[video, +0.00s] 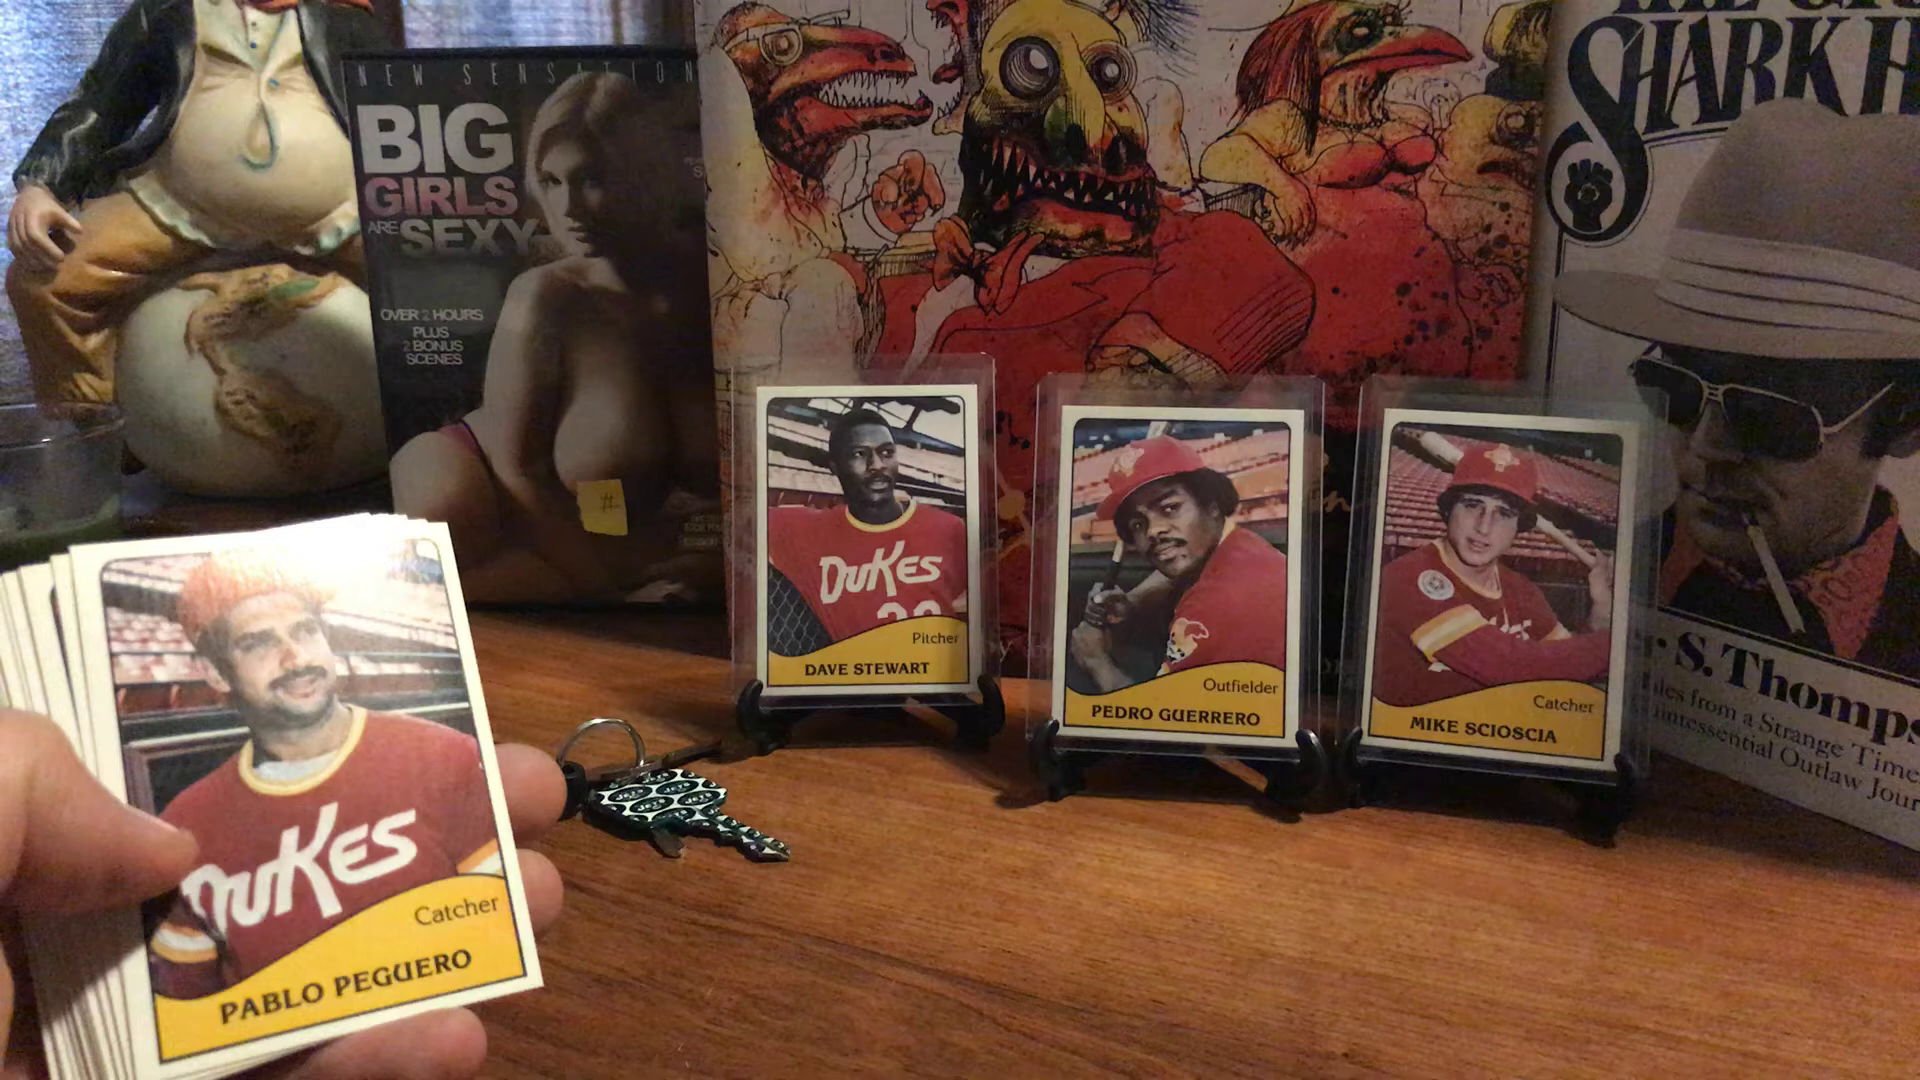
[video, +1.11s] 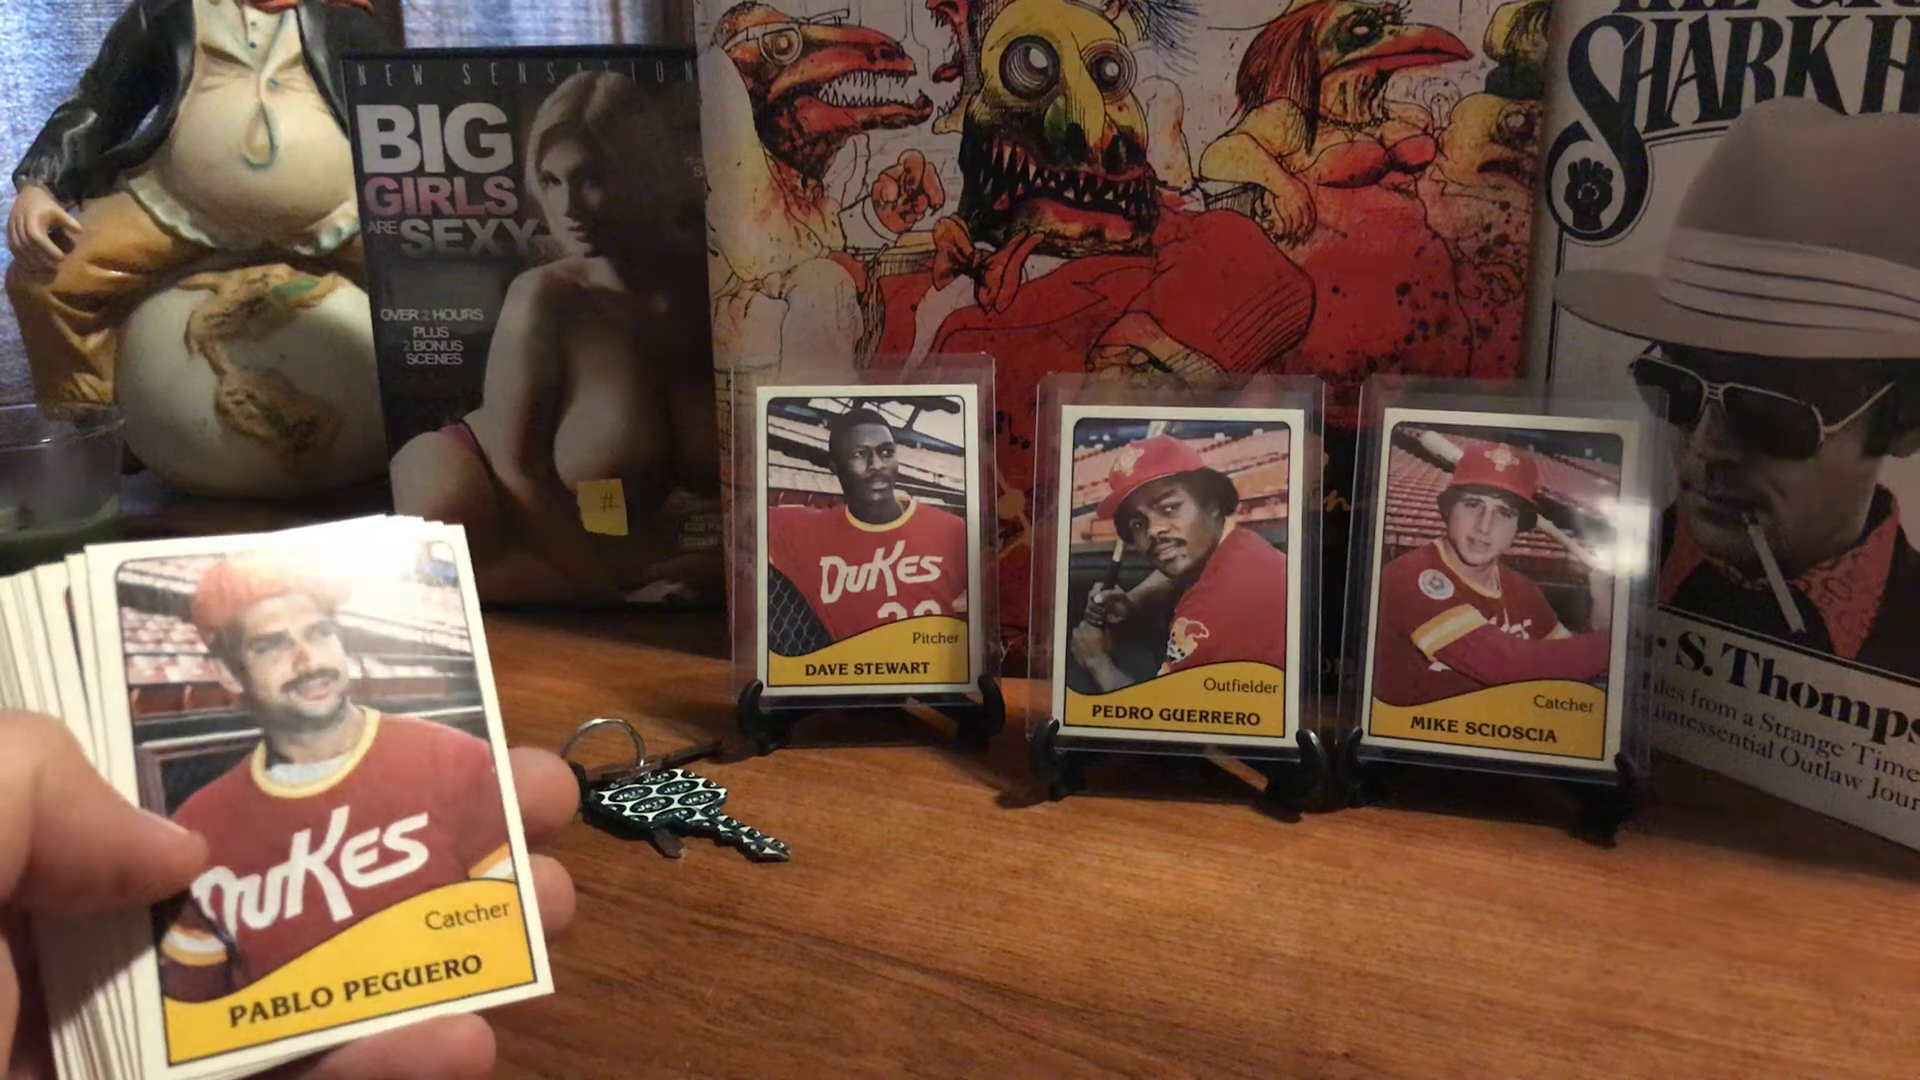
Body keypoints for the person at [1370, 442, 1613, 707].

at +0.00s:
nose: (1484, 526)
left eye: (1503, 513)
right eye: (1473, 505)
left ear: (1518, 528)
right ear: (1449, 509)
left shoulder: (1520, 590)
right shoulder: (1410, 578)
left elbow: (1571, 673)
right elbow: (1502, 664)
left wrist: (1602, 608)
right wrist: (1621, 643)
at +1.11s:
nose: (1484, 525)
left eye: (1504, 513)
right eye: (1473, 505)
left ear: (1518, 527)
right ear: (1448, 508)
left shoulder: (1521, 591)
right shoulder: (1411, 578)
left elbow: (1577, 668)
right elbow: (1503, 664)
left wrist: (1601, 592)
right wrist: (1620, 642)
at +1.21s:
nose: (1484, 525)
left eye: (1503, 513)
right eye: (1473, 505)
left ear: (1518, 527)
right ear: (1448, 508)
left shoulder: (1522, 591)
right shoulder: (1411, 578)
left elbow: (1568, 662)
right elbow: (1503, 664)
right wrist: (1624, 640)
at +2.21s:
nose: (1483, 525)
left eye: (1503, 512)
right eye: (1472, 505)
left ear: (1519, 525)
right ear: (1448, 508)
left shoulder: (1521, 590)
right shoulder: (1411, 578)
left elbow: (1571, 663)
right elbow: (1502, 663)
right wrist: (1620, 643)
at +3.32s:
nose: (1484, 526)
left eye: (1504, 512)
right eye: (1474, 504)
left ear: (1520, 526)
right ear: (1449, 508)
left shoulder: (1522, 590)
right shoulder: (1413, 578)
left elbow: (1576, 669)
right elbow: (1503, 664)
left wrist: (1604, 605)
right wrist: (1617, 643)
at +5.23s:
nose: (1488, 525)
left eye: (1508, 512)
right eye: (1477, 504)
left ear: (1525, 527)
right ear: (1453, 509)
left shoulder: (1527, 591)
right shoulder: (1417, 577)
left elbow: (1579, 671)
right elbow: (1506, 665)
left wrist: (1608, 608)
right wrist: (1614, 644)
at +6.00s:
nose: (1486, 524)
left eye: (1506, 511)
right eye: (1475, 503)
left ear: (1522, 525)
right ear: (1451, 507)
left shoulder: (1524, 590)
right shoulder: (1416, 577)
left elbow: (1579, 671)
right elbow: (1505, 664)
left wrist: (1605, 608)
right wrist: (1623, 643)